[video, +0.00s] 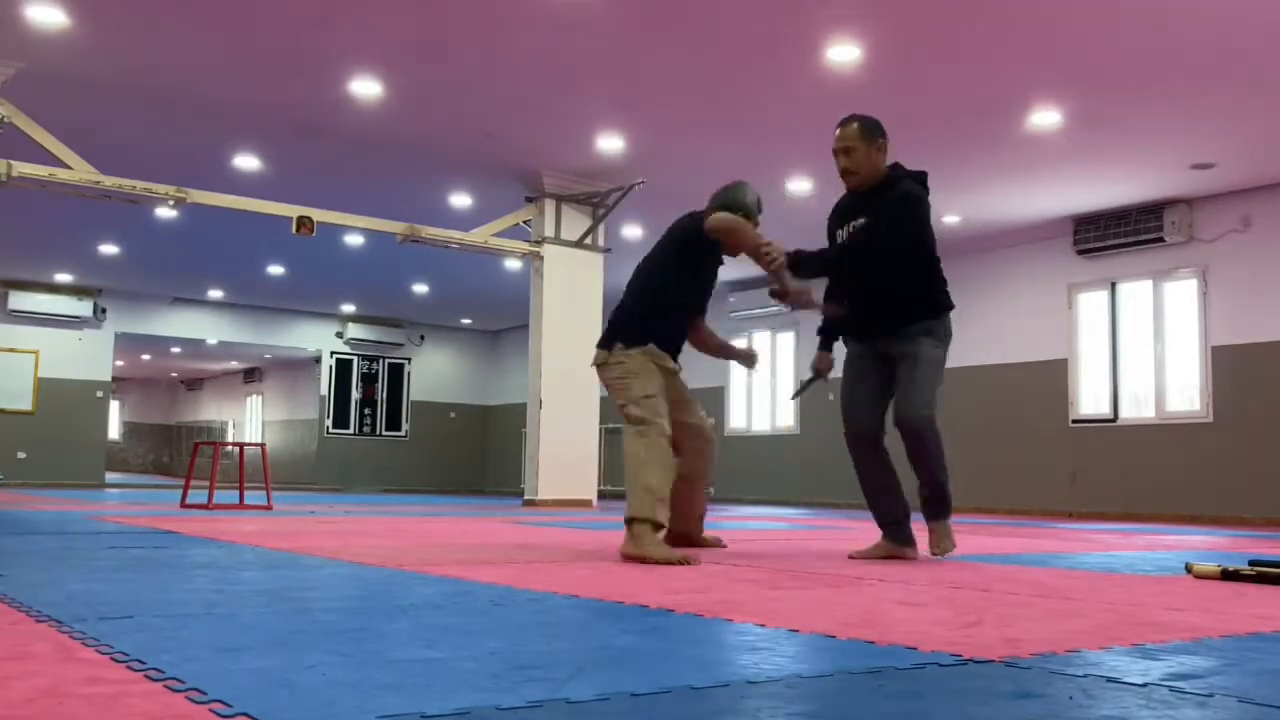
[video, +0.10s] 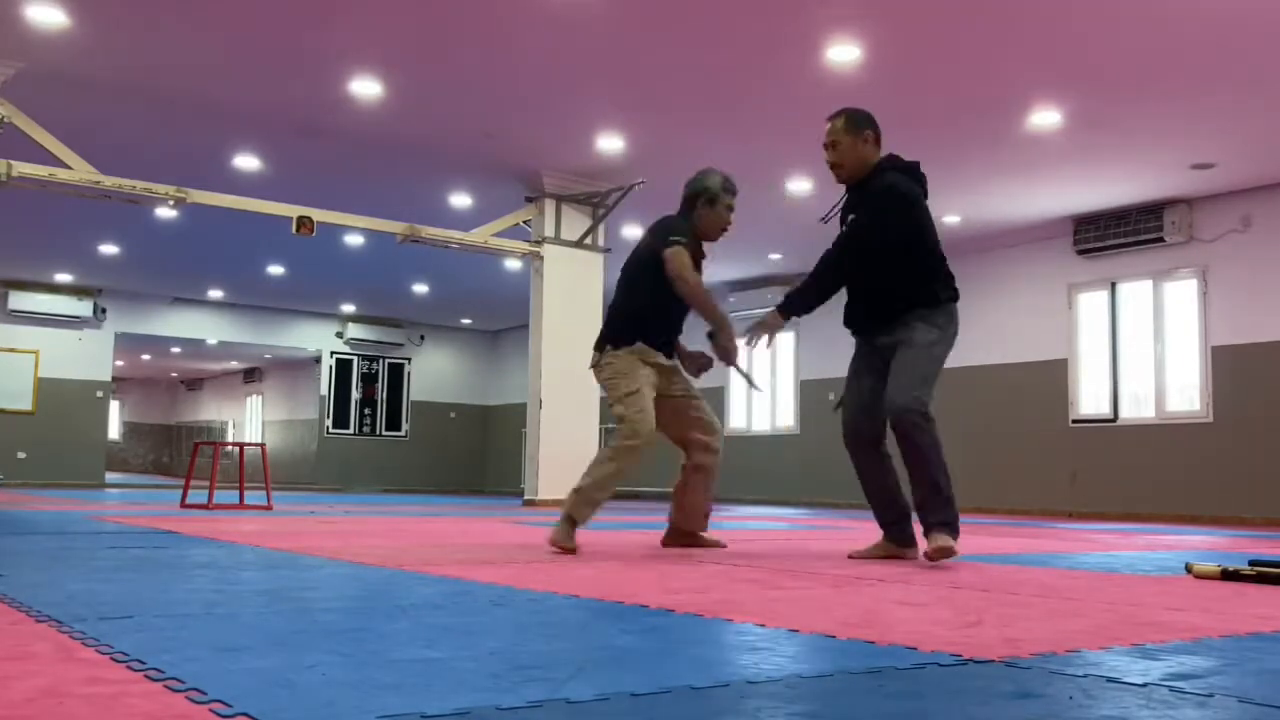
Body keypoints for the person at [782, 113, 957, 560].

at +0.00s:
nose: (841, 163)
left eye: (849, 152)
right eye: (836, 154)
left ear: (880, 149)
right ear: (835, 156)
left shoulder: (906, 193)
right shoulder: (843, 212)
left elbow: (867, 251)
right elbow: (840, 281)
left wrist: (797, 262)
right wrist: (825, 347)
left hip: (920, 328)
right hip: (866, 334)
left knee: (914, 417)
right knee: (859, 432)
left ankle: (937, 517)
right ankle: (897, 537)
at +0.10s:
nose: (827, 157)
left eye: (834, 146)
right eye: (825, 148)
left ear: (868, 141)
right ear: (859, 144)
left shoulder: (892, 189)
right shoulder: (863, 196)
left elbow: (842, 259)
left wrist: (786, 311)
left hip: (925, 318)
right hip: (877, 329)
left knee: (905, 407)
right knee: (859, 429)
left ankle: (941, 530)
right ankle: (898, 536)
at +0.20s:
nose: (812, 160)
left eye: (818, 149)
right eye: (811, 151)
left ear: (849, 145)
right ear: (846, 148)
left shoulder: (878, 187)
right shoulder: (860, 194)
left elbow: (854, 267)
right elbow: (855, 267)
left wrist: (809, 304)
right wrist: (813, 301)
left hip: (932, 314)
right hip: (891, 325)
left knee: (912, 411)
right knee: (863, 431)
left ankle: (941, 535)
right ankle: (899, 536)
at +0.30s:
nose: (801, 170)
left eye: (804, 159)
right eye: (800, 161)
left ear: (830, 152)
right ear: (833, 153)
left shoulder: (869, 185)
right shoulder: (859, 194)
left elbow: (859, 270)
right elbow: (894, 277)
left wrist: (838, 262)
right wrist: (860, 326)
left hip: (944, 309)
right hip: (915, 317)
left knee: (900, 420)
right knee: (877, 431)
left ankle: (939, 550)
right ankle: (905, 539)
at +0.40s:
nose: (803, 186)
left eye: (802, 173)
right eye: (799, 175)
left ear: (825, 160)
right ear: (828, 162)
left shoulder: (882, 179)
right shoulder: (850, 222)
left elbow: (911, 229)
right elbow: (838, 297)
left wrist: (851, 269)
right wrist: (771, 305)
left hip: (953, 314)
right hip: (933, 321)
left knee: (887, 418)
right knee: (905, 434)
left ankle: (937, 548)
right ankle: (985, 532)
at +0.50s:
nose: (801, 193)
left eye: (803, 179)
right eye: (799, 182)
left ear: (827, 165)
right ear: (828, 168)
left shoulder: (892, 179)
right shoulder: (833, 231)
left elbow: (960, 200)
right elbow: (784, 267)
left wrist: (897, 263)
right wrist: (714, 285)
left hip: (958, 320)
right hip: (935, 332)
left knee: (881, 418)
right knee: (949, 462)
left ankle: (936, 550)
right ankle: (1038, 538)